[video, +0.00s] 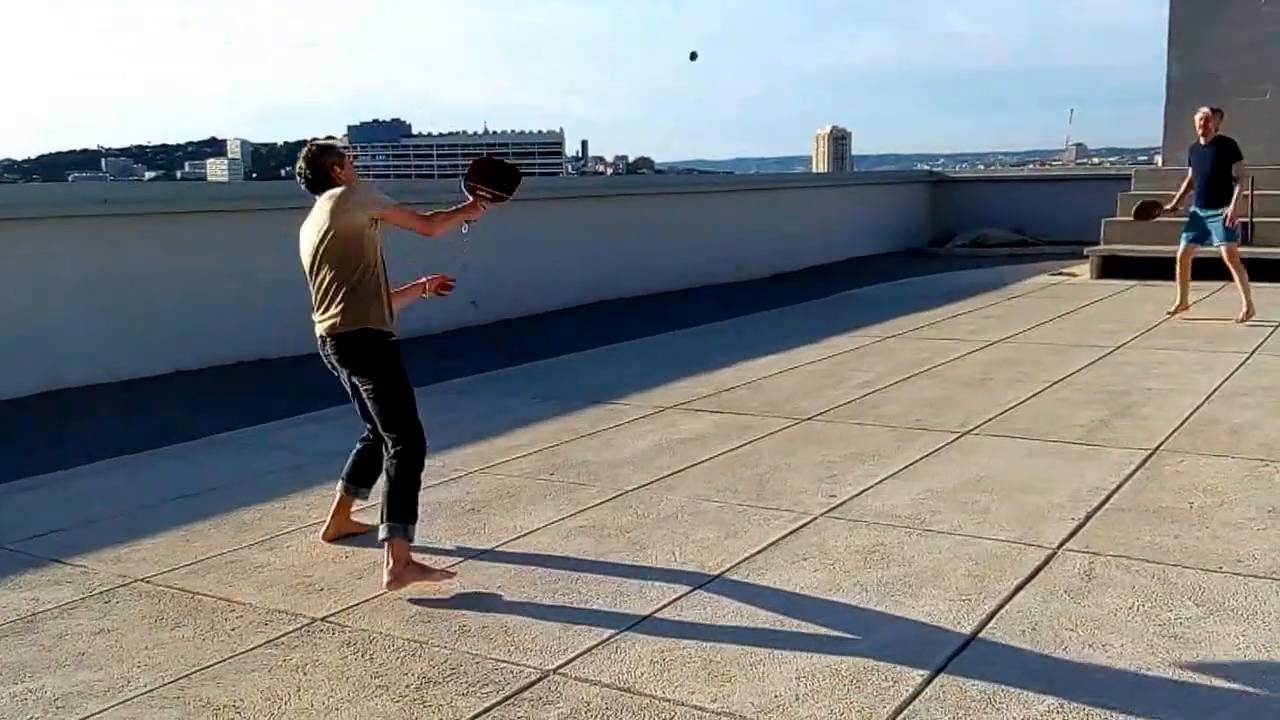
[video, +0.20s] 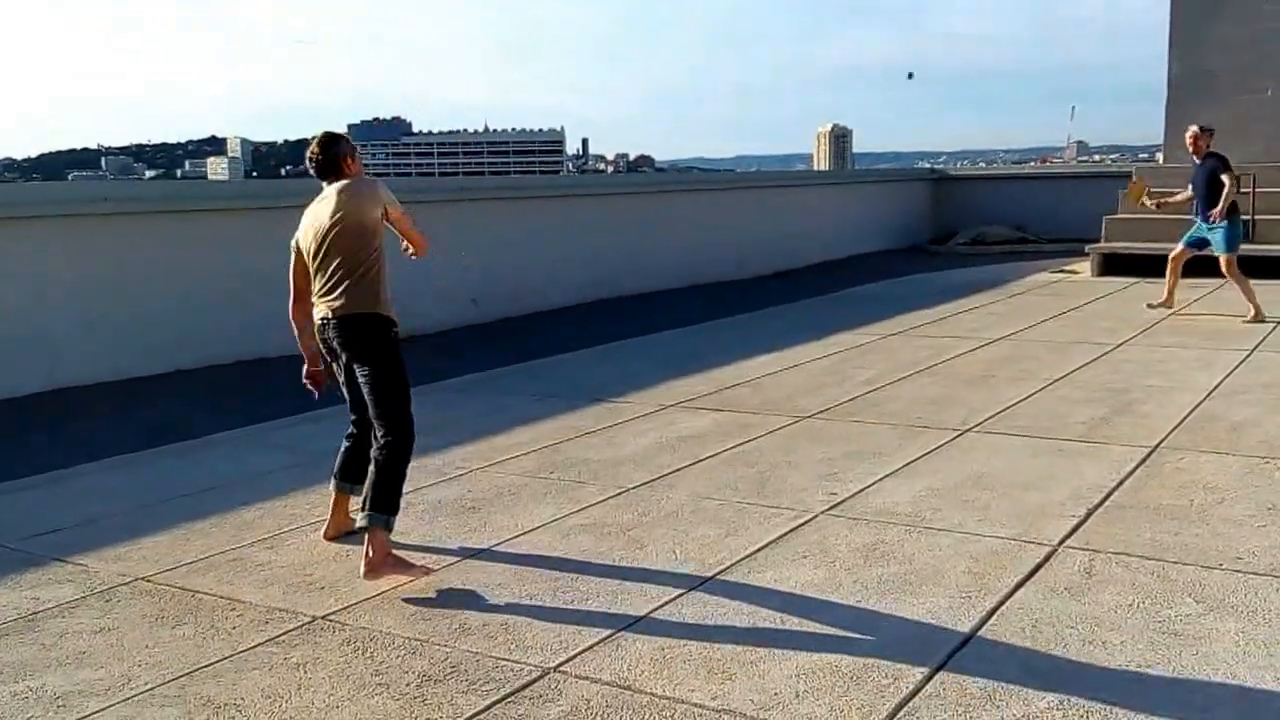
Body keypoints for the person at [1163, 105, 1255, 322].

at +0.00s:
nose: (1202, 124)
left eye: (1207, 120)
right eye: (1200, 119)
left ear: (1217, 124)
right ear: (1195, 123)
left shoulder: (1227, 145)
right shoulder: (1194, 149)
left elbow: (1241, 179)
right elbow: (1191, 179)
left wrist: (1233, 206)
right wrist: (1174, 204)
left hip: (1221, 211)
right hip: (1198, 211)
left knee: (1230, 257)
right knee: (1183, 254)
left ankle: (1248, 304)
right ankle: (1182, 301)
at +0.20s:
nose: (1191, 144)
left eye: (1195, 139)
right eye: (1188, 140)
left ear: (1206, 140)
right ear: (1186, 142)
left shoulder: (1217, 160)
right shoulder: (1198, 166)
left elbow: (1231, 184)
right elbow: (1190, 194)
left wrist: (1221, 207)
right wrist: (1162, 202)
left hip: (1224, 223)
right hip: (1202, 224)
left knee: (1228, 267)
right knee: (1175, 258)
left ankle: (1256, 309)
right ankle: (1168, 299)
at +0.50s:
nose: (1164, 161)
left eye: (1168, 156)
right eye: (1162, 158)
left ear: (1180, 157)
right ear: (1163, 160)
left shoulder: (1196, 173)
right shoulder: (1174, 183)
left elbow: (1221, 184)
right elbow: (1165, 210)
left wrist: (1223, 201)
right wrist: (1140, 214)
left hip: (1217, 229)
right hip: (1195, 231)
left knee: (1222, 268)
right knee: (1161, 259)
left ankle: (1257, 307)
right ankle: (1165, 302)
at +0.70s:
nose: (1159, 151)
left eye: (1163, 147)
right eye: (1157, 148)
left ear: (1175, 148)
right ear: (1156, 151)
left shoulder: (1192, 163)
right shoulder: (1161, 175)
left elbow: (1221, 175)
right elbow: (1157, 197)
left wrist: (1229, 185)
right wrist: (1144, 191)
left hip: (1208, 222)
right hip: (1184, 225)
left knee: (1223, 259)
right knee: (1154, 259)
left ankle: (1252, 304)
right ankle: (1166, 299)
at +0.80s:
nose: (1164, 139)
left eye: (1168, 135)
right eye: (1162, 135)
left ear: (1178, 138)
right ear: (1160, 139)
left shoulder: (1193, 154)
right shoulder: (1159, 163)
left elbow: (1221, 164)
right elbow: (1161, 184)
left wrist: (1231, 165)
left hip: (1204, 215)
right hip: (1179, 218)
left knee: (1219, 255)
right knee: (1155, 258)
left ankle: (1243, 298)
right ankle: (1165, 298)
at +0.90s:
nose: (1173, 130)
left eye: (1176, 126)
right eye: (1169, 126)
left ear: (1183, 128)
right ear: (1164, 130)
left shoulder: (1196, 146)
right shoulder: (1160, 152)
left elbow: (1225, 155)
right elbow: (1161, 166)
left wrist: (1233, 149)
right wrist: (1175, 146)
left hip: (1200, 209)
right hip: (1176, 211)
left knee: (1209, 251)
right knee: (1158, 253)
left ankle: (1227, 293)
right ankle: (1164, 298)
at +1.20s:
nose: (1180, 124)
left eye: (1184, 121)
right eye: (1177, 120)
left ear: (1190, 124)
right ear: (1172, 124)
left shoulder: (1199, 144)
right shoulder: (1168, 146)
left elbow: (1220, 156)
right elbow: (1162, 155)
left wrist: (1225, 158)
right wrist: (1186, 136)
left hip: (1196, 207)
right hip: (1172, 206)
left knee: (1199, 252)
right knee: (1150, 246)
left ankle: (1206, 297)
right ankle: (1151, 292)